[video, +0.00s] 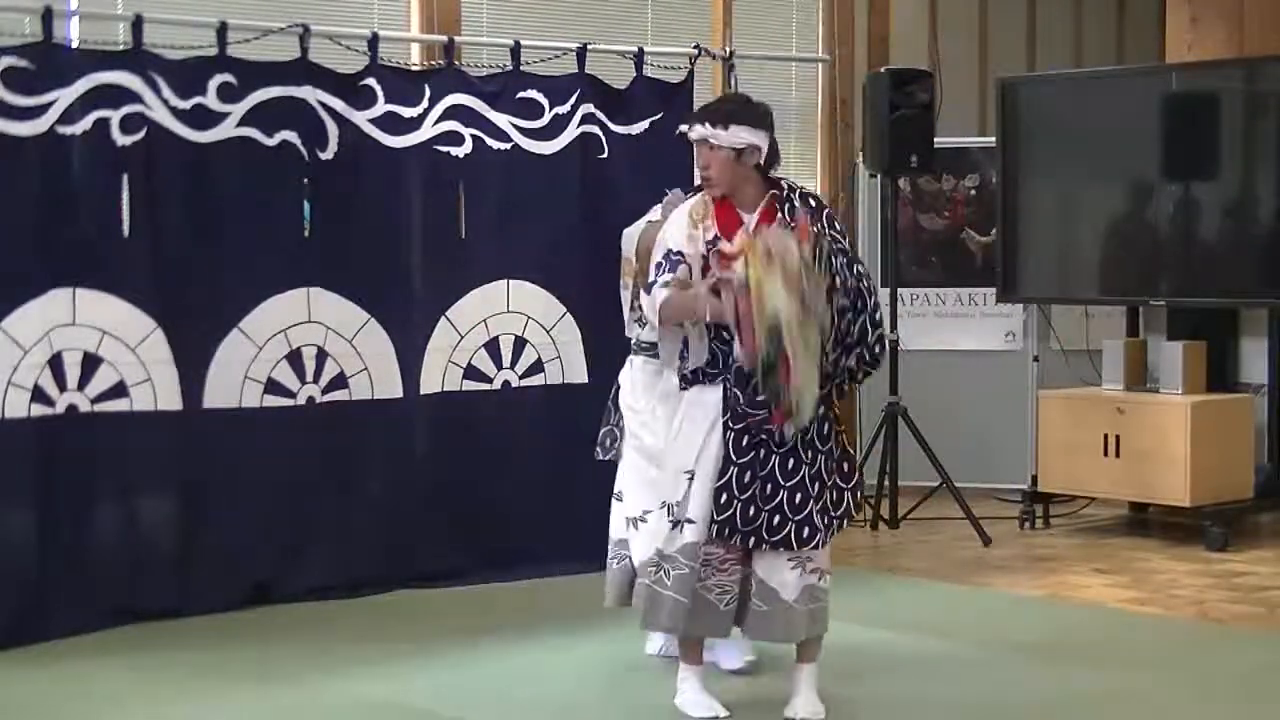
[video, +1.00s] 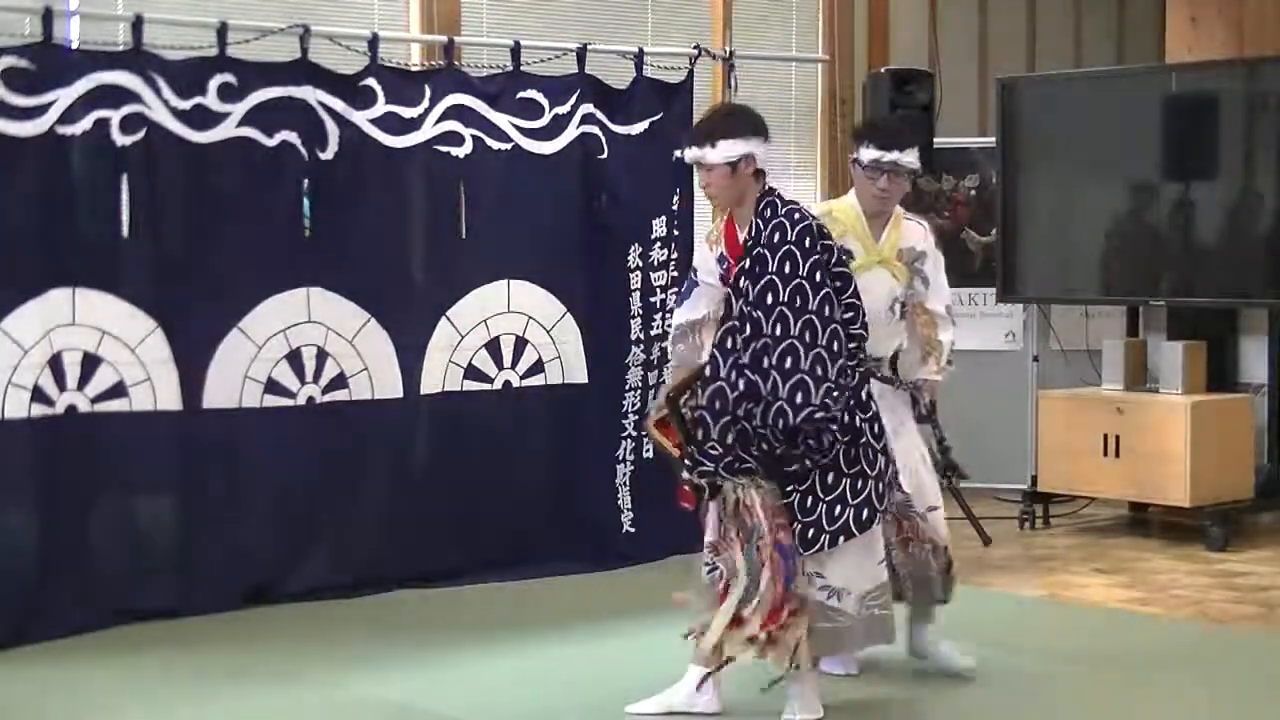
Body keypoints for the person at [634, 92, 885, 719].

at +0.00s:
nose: (699, 162)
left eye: (709, 151)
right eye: (698, 150)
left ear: (748, 155)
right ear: (710, 154)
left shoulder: (809, 217)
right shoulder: (689, 220)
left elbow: (854, 307)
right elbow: (657, 305)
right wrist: (714, 303)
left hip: (798, 398)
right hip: (716, 397)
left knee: (805, 540)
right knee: (711, 539)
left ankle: (806, 682)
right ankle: (691, 674)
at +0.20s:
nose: (704, 168)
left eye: (713, 158)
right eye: (705, 157)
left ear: (751, 167)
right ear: (737, 165)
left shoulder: (814, 234)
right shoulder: (704, 234)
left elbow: (848, 338)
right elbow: (666, 317)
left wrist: (798, 388)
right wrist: (700, 343)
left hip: (808, 412)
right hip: (726, 408)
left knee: (816, 542)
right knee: (717, 536)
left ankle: (808, 684)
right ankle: (694, 670)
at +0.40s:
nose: (714, 174)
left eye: (723, 163)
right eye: (715, 162)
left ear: (760, 170)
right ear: (746, 169)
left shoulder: (822, 238)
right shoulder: (726, 235)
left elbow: (852, 340)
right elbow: (698, 317)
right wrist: (695, 362)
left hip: (809, 414)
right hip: (735, 408)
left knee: (813, 546)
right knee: (718, 542)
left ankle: (806, 682)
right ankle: (710, 675)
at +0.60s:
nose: (715, 170)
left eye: (724, 160)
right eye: (716, 158)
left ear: (761, 168)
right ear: (745, 165)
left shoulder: (816, 239)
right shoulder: (735, 232)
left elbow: (836, 349)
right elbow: (712, 314)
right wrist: (717, 355)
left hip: (807, 418)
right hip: (744, 408)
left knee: (811, 548)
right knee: (715, 530)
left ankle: (805, 686)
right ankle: (714, 670)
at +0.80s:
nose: (703, 173)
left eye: (712, 162)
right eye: (705, 160)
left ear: (747, 170)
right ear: (739, 168)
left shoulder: (799, 237)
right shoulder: (735, 234)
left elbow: (810, 358)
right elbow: (737, 319)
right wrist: (717, 363)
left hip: (817, 420)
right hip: (766, 414)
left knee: (797, 553)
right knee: (720, 539)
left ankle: (803, 692)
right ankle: (701, 678)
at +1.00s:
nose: (702, 181)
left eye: (711, 169)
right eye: (698, 169)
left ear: (749, 168)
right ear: (714, 170)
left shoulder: (790, 232)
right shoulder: (733, 232)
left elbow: (790, 348)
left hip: (788, 427)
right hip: (745, 421)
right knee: (761, 553)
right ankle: (807, 692)